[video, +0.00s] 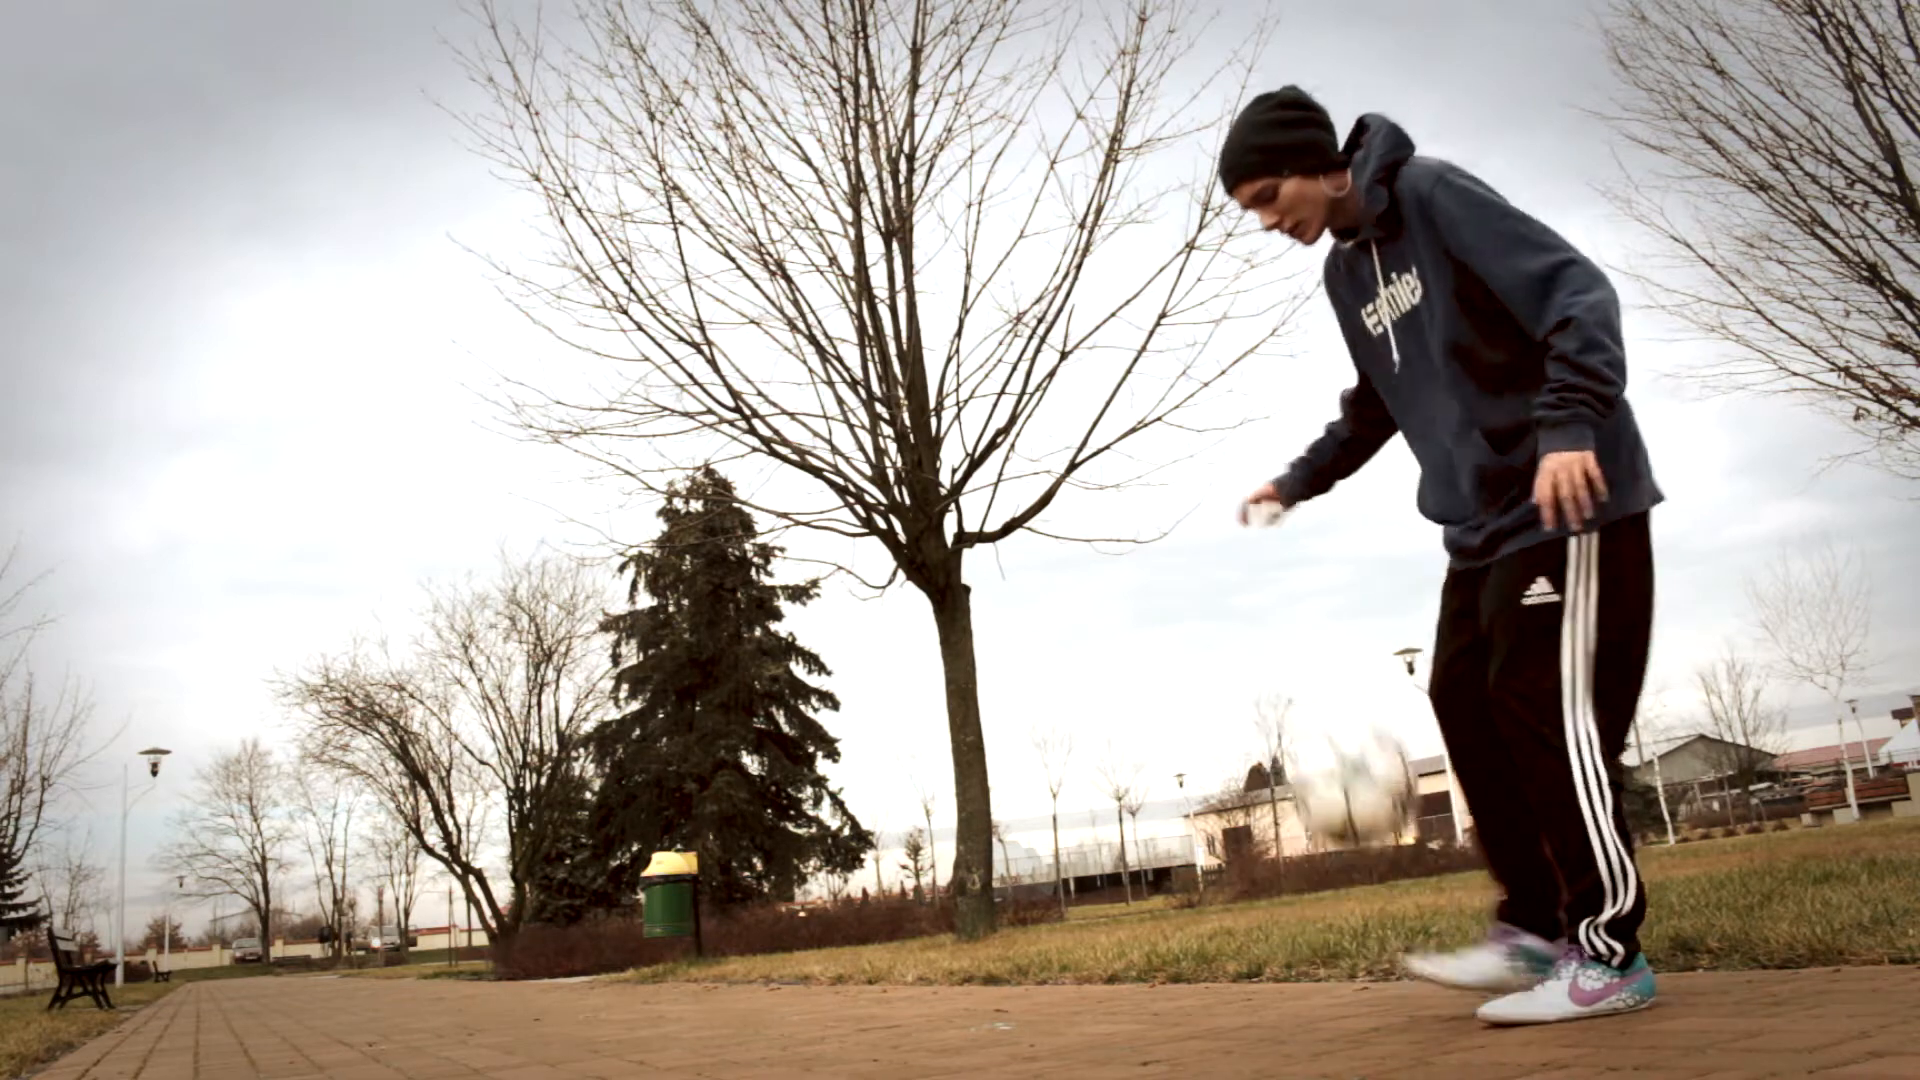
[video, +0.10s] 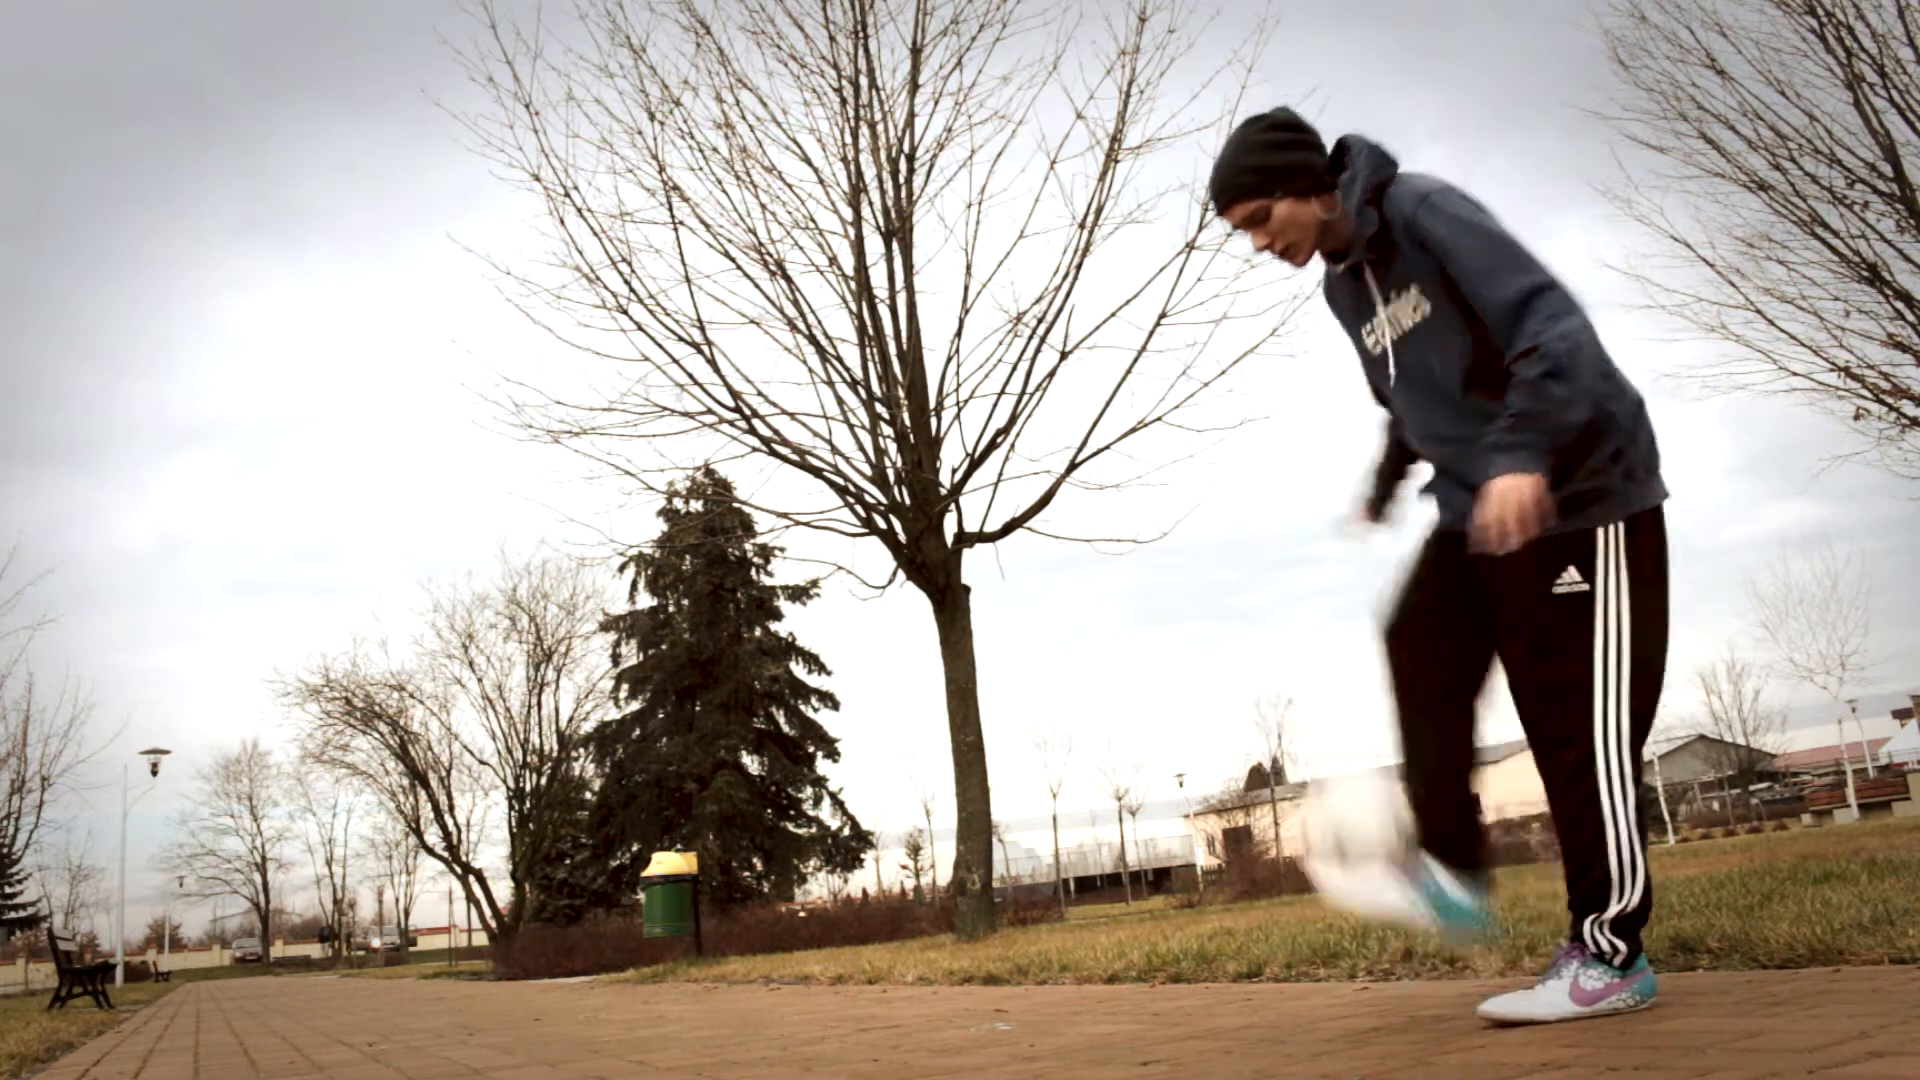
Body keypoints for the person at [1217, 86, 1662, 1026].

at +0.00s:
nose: (1268, 222)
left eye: (1268, 200)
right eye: (1254, 211)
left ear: (1310, 164)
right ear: (1276, 190)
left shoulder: (1428, 192)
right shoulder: (1347, 268)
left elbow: (1576, 289)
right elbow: (1386, 391)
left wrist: (1571, 432)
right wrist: (1297, 481)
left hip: (1565, 495)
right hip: (1483, 521)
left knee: (1550, 709)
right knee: (1466, 701)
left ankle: (1609, 955)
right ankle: (1533, 930)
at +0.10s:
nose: (1260, 243)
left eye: (1260, 220)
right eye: (1246, 231)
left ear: (1303, 184)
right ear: (1274, 210)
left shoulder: (1420, 209)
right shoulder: (1345, 278)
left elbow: (1552, 328)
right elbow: (1412, 385)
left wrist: (1523, 456)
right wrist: (1390, 472)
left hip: (1583, 480)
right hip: (1485, 500)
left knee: (1580, 719)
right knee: (1423, 648)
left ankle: (1610, 953)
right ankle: (1455, 873)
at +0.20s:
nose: (1263, 261)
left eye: (1263, 239)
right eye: (1250, 249)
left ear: (1304, 203)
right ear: (1283, 224)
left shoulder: (1419, 232)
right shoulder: (1355, 294)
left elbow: (1508, 353)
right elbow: (1437, 401)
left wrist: (1442, 469)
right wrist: (1443, 486)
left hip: (1573, 480)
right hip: (1495, 486)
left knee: (1549, 710)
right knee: (1350, 533)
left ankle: (1608, 953)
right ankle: (1346, 730)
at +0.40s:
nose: (1297, 195)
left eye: (1299, 173)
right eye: (1287, 181)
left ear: (1344, 145)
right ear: (1305, 173)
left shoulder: (1442, 207)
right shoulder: (1359, 261)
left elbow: (1470, 191)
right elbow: (1368, 384)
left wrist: (1345, 134)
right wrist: (1255, 385)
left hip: (1527, 485)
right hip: (1436, 470)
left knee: (1522, 712)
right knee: (1274, 464)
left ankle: (1604, 955)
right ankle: (1191, 687)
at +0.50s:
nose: (1305, 123)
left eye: (1313, 102)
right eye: (1292, 113)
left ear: (1362, 78)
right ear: (1292, 112)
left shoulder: (1452, 129)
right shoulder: (1349, 177)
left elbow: (1494, 110)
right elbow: (1340, 248)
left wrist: (1357, 60)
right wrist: (1243, 265)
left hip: (1492, 411)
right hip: (1394, 418)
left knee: (1467, 595)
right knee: (1269, 527)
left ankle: (1546, 847)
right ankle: (1337, 711)